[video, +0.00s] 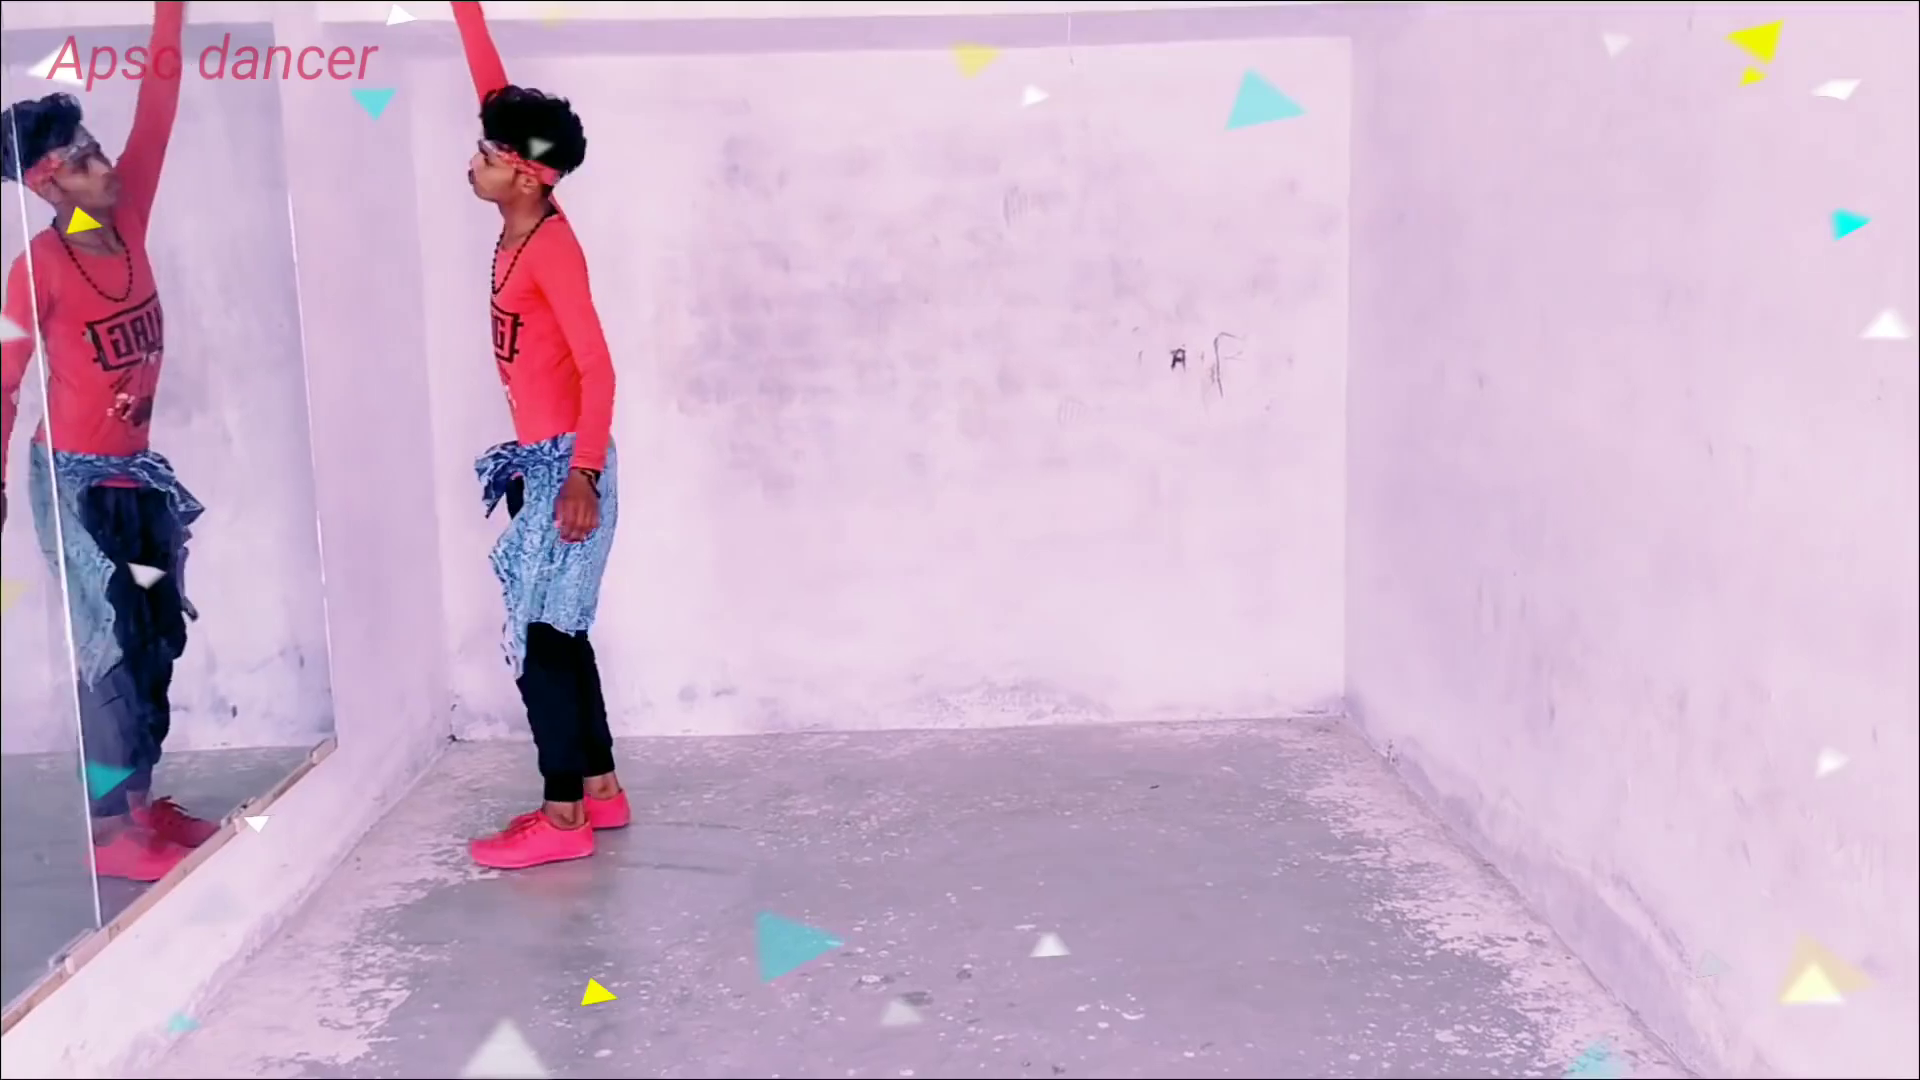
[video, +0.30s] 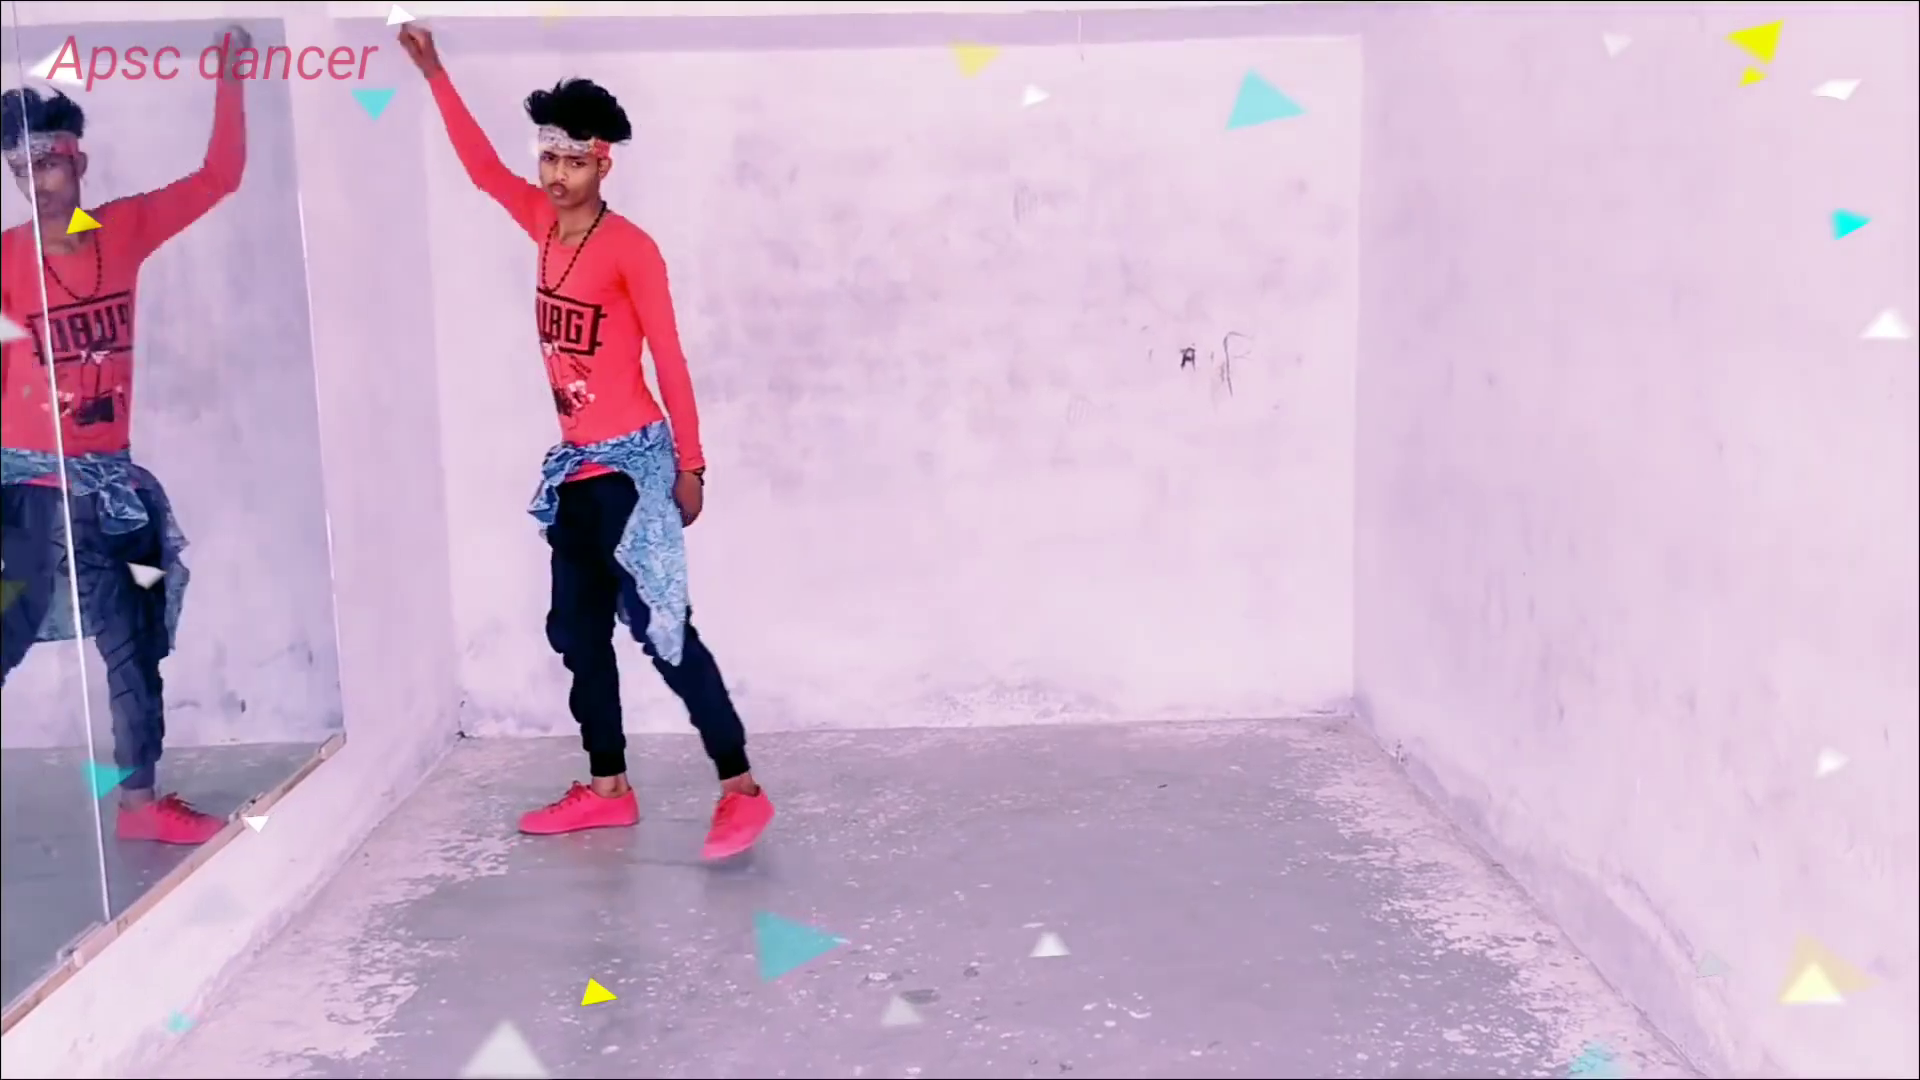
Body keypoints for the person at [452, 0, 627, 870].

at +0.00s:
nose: (474, 162)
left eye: (487, 154)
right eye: (480, 148)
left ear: (526, 173)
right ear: (522, 168)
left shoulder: (552, 251)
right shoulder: (522, 218)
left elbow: (597, 369)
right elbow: (493, 91)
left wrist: (583, 476)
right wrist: (463, 8)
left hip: (561, 468)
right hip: (547, 459)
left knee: (537, 637)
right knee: (556, 630)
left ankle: (563, 818)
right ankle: (598, 787)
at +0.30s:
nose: (552, 173)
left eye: (566, 158)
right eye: (545, 157)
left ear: (602, 161)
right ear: (539, 163)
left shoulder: (630, 248)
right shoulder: (543, 225)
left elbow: (669, 360)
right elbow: (480, 167)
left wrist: (690, 463)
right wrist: (433, 70)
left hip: (638, 459)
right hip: (577, 462)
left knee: (661, 622)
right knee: (575, 627)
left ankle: (740, 786)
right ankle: (608, 786)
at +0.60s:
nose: (666, 206)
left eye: (681, 190)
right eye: (651, 190)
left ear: (702, 194)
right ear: (632, 196)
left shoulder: (737, 279)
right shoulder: (618, 284)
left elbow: (785, 377)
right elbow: (611, 375)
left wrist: (823, 470)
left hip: (738, 507)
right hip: (658, 510)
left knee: (810, 649)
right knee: (581, 651)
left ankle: (894, 808)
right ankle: (608, 789)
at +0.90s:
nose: (763, 248)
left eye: (775, 233)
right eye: (748, 234)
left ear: (792, 238)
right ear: (723, 240)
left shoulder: (833, 327)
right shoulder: (699, 341)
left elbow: (863, 430)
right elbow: (709, 446)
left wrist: (897, 511)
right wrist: (698, 526)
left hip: (836, 547)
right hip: (745, 554)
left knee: (917, 687)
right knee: (676, 705)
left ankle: (965, 831)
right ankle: (690, 821)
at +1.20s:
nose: (822, 269)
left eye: (834, 251)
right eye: (805, 253)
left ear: (850, 254)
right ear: (779, 257)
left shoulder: (884, 339)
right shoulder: (748, 343)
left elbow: (910, 454)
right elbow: (726, 460)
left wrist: (935, 464)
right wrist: (743, 484)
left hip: (877, 560)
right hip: (783, 563)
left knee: (955, 707)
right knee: (710, 729)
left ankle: (985, 842)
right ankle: (705, 831)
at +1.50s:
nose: (881, 244)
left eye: (893, 226)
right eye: (863, 228)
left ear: (912, 226)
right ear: (839, 230)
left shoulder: (946, 307)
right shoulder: (812, 313)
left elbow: (986, 410)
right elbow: (750, 421)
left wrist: (997, 515)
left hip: (923, 546)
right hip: (826, 543)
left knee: (982, 717)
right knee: (723, 702)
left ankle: (1001, 855)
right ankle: (704, 824)